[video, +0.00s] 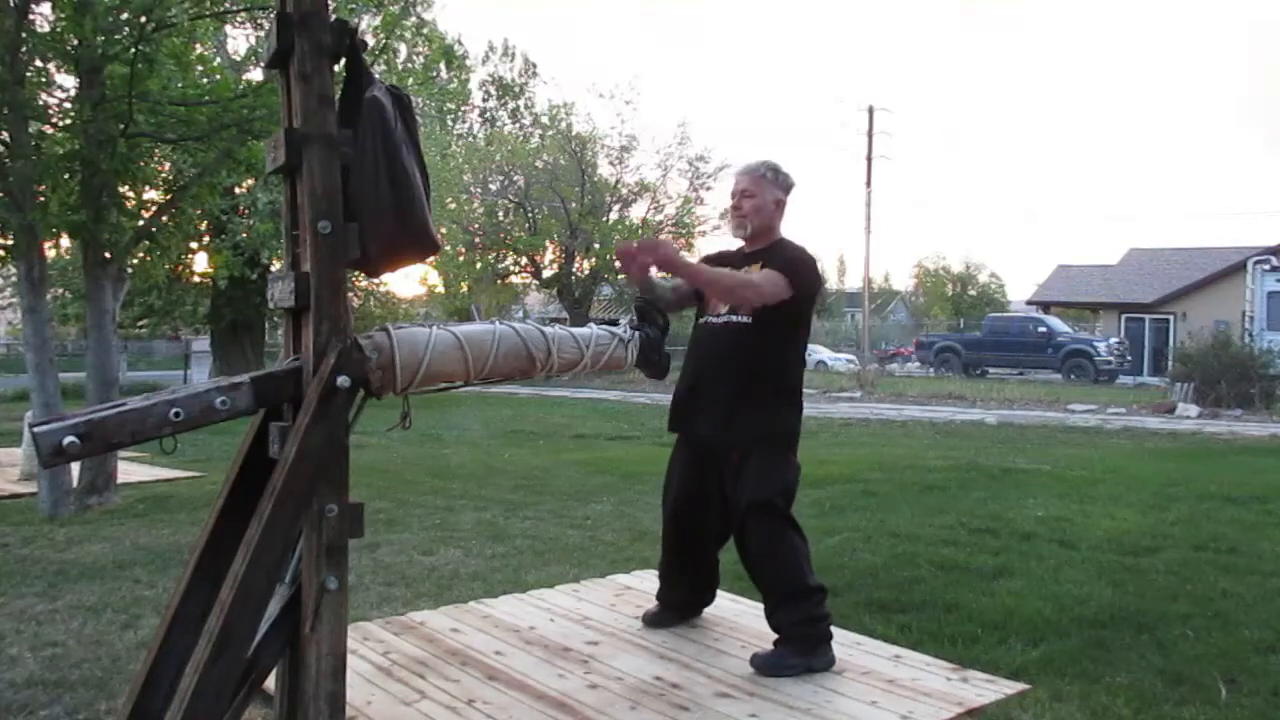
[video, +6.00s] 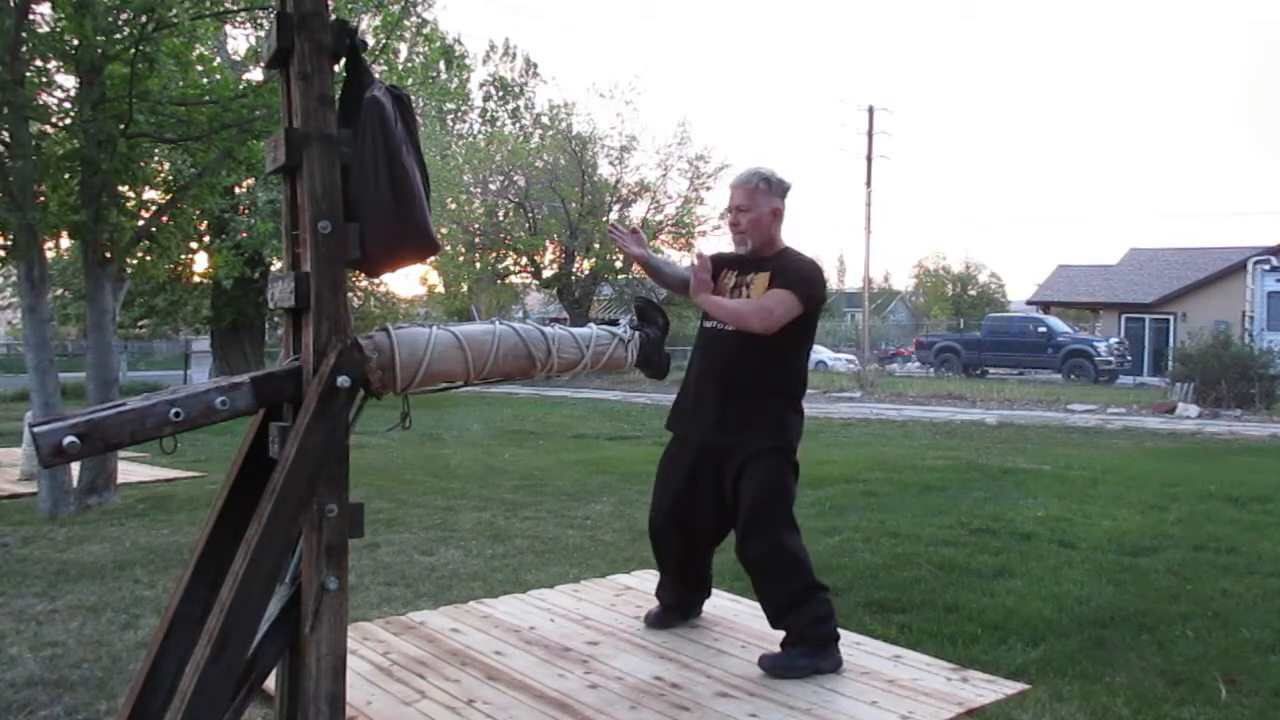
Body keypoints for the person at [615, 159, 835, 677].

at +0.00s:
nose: (737, 204)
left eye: (748, 196)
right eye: (734, 197)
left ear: (779, 201)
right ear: (732, 206)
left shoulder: (795, 262)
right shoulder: (718, 265)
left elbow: (754, 291)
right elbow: (669, 299)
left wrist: (684, 265)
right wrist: (643, 282)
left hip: (762, 425)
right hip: (702, 418)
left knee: (764, 526)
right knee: (685, 513)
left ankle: (807, 640)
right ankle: (682, 599)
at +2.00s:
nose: (717, 222)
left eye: (728, 212)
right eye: (714, 212)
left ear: (761, 213)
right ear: (713, 213)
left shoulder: (793, 271)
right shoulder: (708, 275)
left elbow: (789, 327)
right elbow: (678, 330)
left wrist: (715, 317)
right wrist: (679, 312)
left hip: (767, 433)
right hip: (705, 428)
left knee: (763, 519)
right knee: (676, 512)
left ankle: (813, 643)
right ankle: (682, 595)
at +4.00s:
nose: (732, 215)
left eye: (741, 205)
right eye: (727, 207)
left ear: (770, 205)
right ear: (722, 212)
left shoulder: (787, 262)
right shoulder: (720, 265)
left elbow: (718, 274)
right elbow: (679, 316)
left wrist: (648, 247)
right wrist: (688, 269)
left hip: (763, 428)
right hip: (704, 423)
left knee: (765, 533)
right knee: (681, 511)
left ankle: (813, 643)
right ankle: (681, 599)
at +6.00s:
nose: (734, 220)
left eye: (744, 211)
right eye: (730, 211)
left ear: (776, 212)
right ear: (728, 213)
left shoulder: (801, 272)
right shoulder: (720, 266)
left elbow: (764, 318)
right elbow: (681, 279)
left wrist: (705, 298)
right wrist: (645, 258)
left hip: (763, 433)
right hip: (699, 424)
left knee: (766, 537)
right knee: (674, 517)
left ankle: (815, 643)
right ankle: (682, 598)